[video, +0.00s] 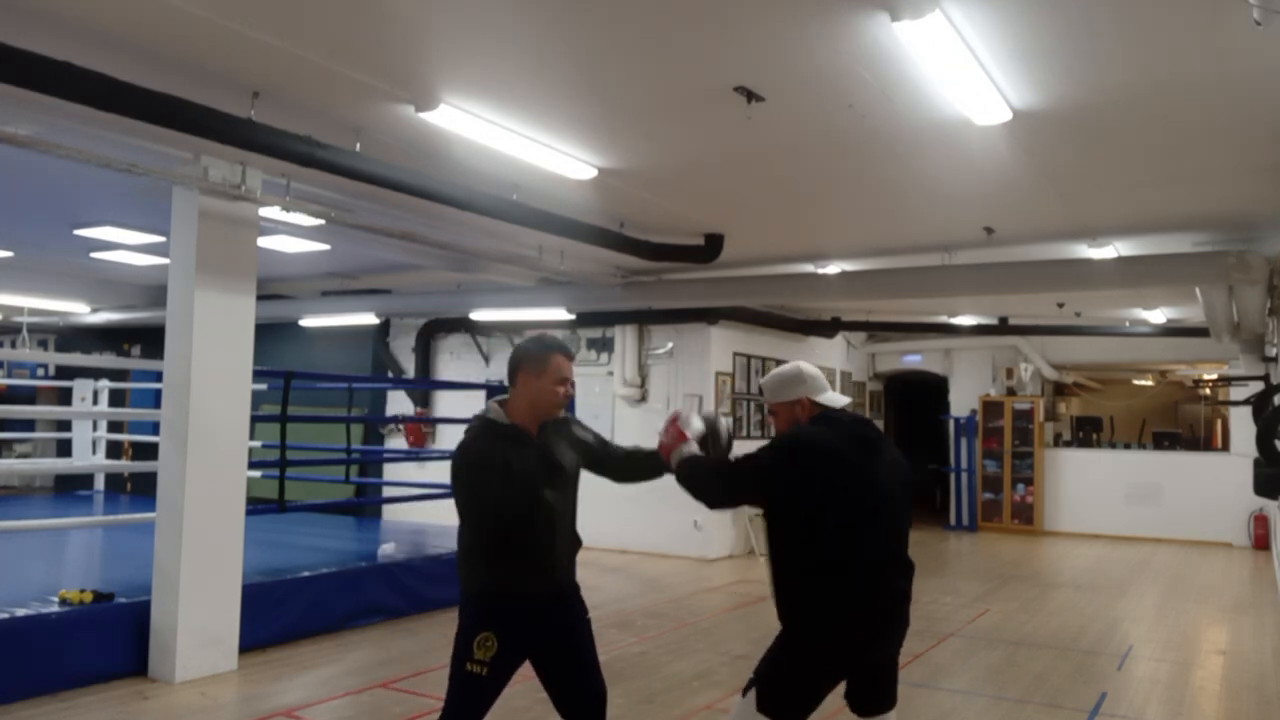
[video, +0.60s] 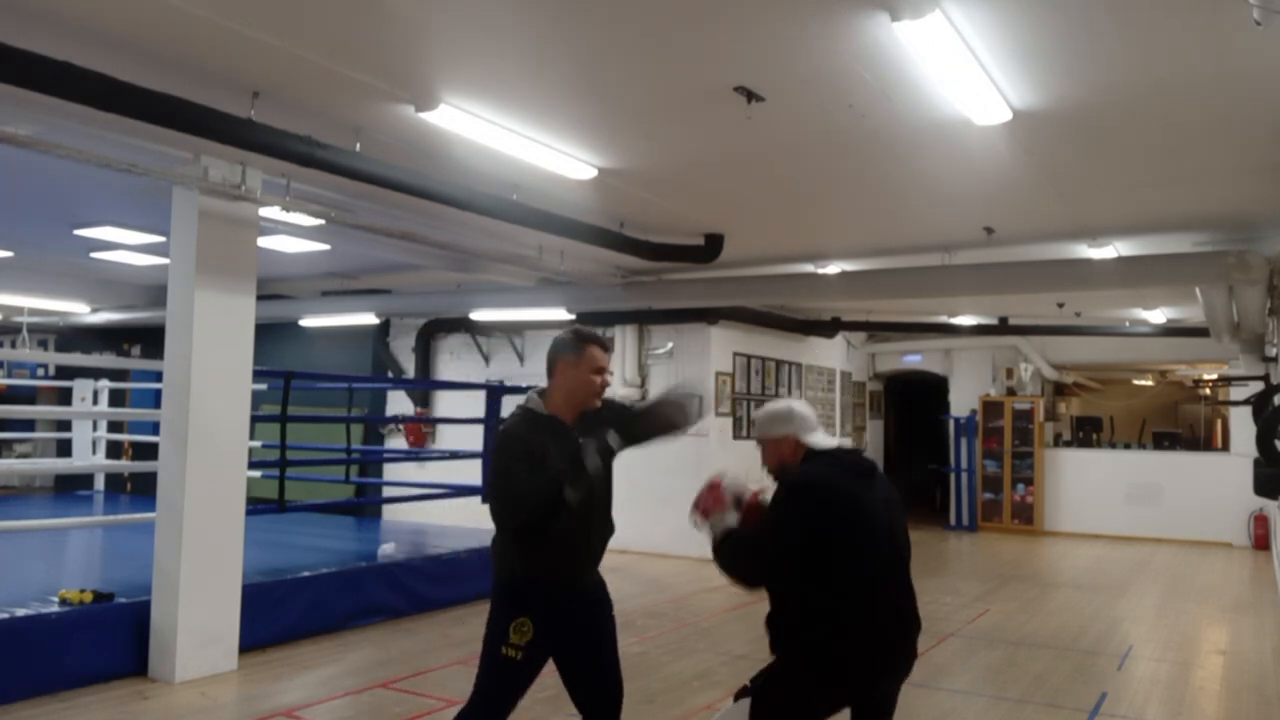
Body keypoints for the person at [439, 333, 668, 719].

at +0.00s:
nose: (570, 393)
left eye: (571, 384)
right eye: (561, 382)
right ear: (524, 379)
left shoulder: (566, 433)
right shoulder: (479, 447)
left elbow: (616, 461)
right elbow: (483, 537)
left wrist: (663, 457)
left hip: (557, 602)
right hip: (494, 606)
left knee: (588, 707)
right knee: (461, 712)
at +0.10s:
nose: (581, 391)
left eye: (582, 382)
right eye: (572, 381)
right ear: (537, 378)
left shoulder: (574, 433)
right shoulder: (501, 432)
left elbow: (615, 479)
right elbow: (499, 510)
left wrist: (652, 471)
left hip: (559, 595)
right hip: (500, 597)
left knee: (592, 704)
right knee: (466, 711)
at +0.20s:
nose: (590, 392)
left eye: (590, 383)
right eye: (582, 382)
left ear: (553, 381)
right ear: (547, 379)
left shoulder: (578, 439)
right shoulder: (509, 434)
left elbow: (601, 490)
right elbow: (549, 485)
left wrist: (641, 510)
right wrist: (608, 457)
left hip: (566, 594)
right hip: (509, 598)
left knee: (600, 703)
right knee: (468, 710)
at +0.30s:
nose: (600, 386)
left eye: (601, 377)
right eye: (591, 376)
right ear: (555, 374)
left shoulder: (591, 439)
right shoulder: (516, 434)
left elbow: (636, 486)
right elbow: (542, 483)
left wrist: (695, 526)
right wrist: (623, 440)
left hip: (579, 594)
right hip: (520, 596)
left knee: (603, 705)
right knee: (474, 708)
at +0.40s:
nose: (608, 379)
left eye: (609, 370)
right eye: (599, 369)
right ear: (562, 368)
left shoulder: (605, 423)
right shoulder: (519, 432)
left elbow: (656, 442)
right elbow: (505, 511)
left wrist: (718, 449)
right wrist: (575, 492)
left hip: (584, 591)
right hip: (523, 593)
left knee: (601, 706)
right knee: (476, 707)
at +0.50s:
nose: (610, 379)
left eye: (611, 370)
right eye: (601, 368)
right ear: (565, 367)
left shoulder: (608, 419)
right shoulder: (518, 435)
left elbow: (669, 409)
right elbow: (510, 517)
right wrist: (579, 499)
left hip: (583, 590)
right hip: (522, 592)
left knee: (602, 708)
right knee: (481, 709)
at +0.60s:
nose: (606, 383)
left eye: (607, 374)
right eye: (597, 372)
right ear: (561, 370)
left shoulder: (602, 421)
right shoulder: (518, 436)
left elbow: (648, 420)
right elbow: (514, 522)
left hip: (582, 587)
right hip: (526, 593)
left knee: (604, 706)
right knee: (488, 708)